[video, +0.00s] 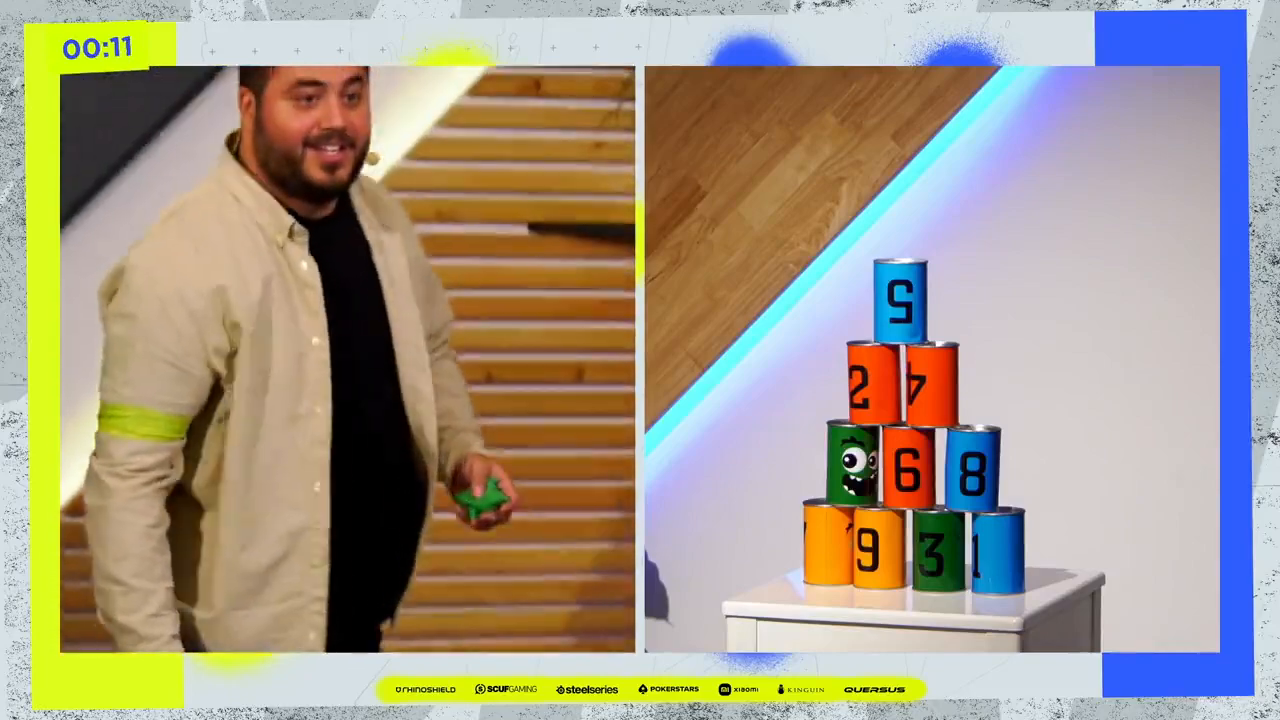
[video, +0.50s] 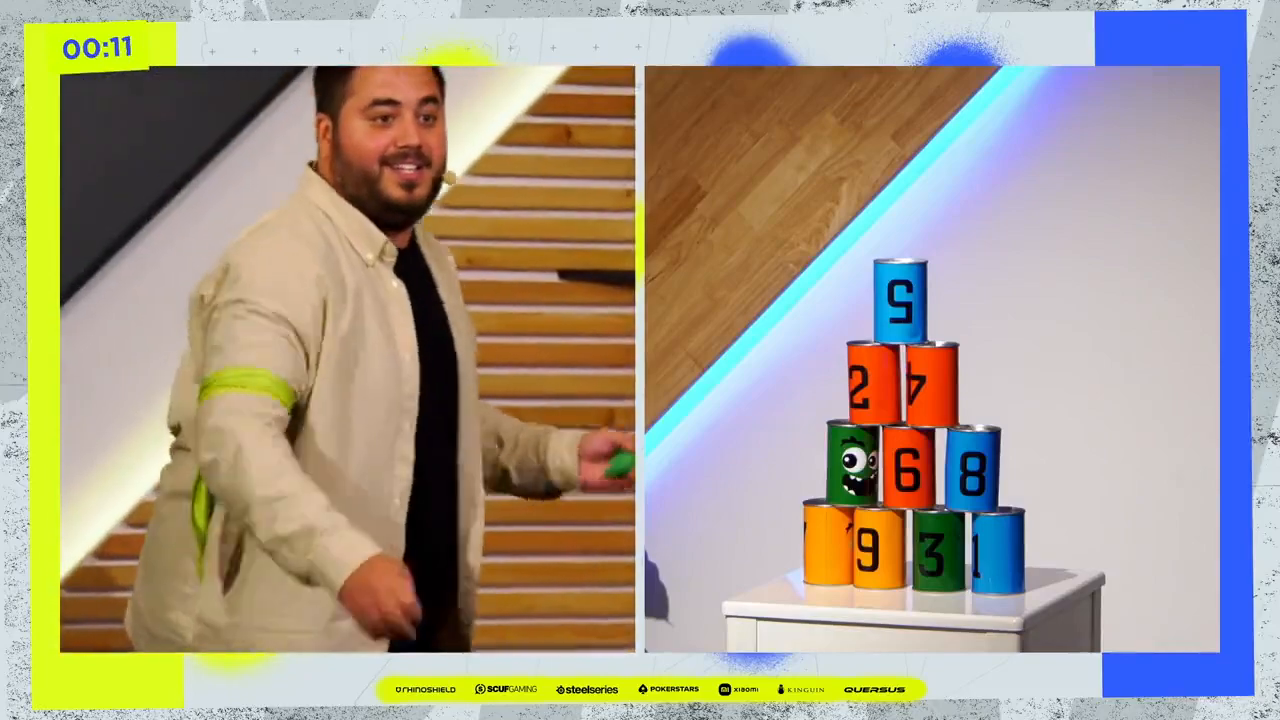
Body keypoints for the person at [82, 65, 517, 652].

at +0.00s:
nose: (337, 121)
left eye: (353, 95)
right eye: (307, 96)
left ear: (369, 102)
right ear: (249, 106)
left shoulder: (380, 213)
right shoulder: (178, 264)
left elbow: (431, 352)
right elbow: (126, 478)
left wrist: (462, 452)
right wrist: (155, 664)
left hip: (363, 611)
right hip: (242, 633)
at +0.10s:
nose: (326, 133)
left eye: (342, 108)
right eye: (297, 110)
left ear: (360, 121)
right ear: (240, 123)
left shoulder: (361, 234)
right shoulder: (178, 277)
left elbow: (407, 385)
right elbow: (136, 490)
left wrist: (466, 471)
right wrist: (165, 672)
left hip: (385, 631)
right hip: (255, 646)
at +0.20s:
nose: (332, 134)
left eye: (348, 111)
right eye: (302, 111)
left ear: (366, 127)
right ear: (247, 130)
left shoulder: (370, 248)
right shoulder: (195, 278)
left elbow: (404, 405)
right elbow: (151, 495)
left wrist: (484, 481)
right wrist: (209, 671)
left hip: (405, 646)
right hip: (270, 653)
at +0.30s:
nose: (358, 116)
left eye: (374, 92)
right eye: (327, 92)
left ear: (390, 109)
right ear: (271, 111)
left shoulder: (391, 232)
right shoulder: (221, 258)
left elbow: (420, 401)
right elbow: (181, 472)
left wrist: (509, 464)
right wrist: (262, 644)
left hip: (406, 636)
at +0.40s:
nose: (385, 120)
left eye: (402, 95)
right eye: (355, 97)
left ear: (419, 113)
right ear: (301, 117)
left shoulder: (415, 236)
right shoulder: (256, 249)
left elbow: (436, 405)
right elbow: (212, 454)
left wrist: (532, 456)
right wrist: (316, 613)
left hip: (410, 634)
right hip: (269, 643)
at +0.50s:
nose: (413, 139)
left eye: (428, 115)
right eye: (382, 116)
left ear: (445, 130)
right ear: (327, 134)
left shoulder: (426, 257)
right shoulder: (277, 262)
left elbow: (435, 431)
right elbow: (234, 436)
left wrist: (564, 456)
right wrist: (348, 563)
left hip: (413, 638)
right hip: (283, 645)